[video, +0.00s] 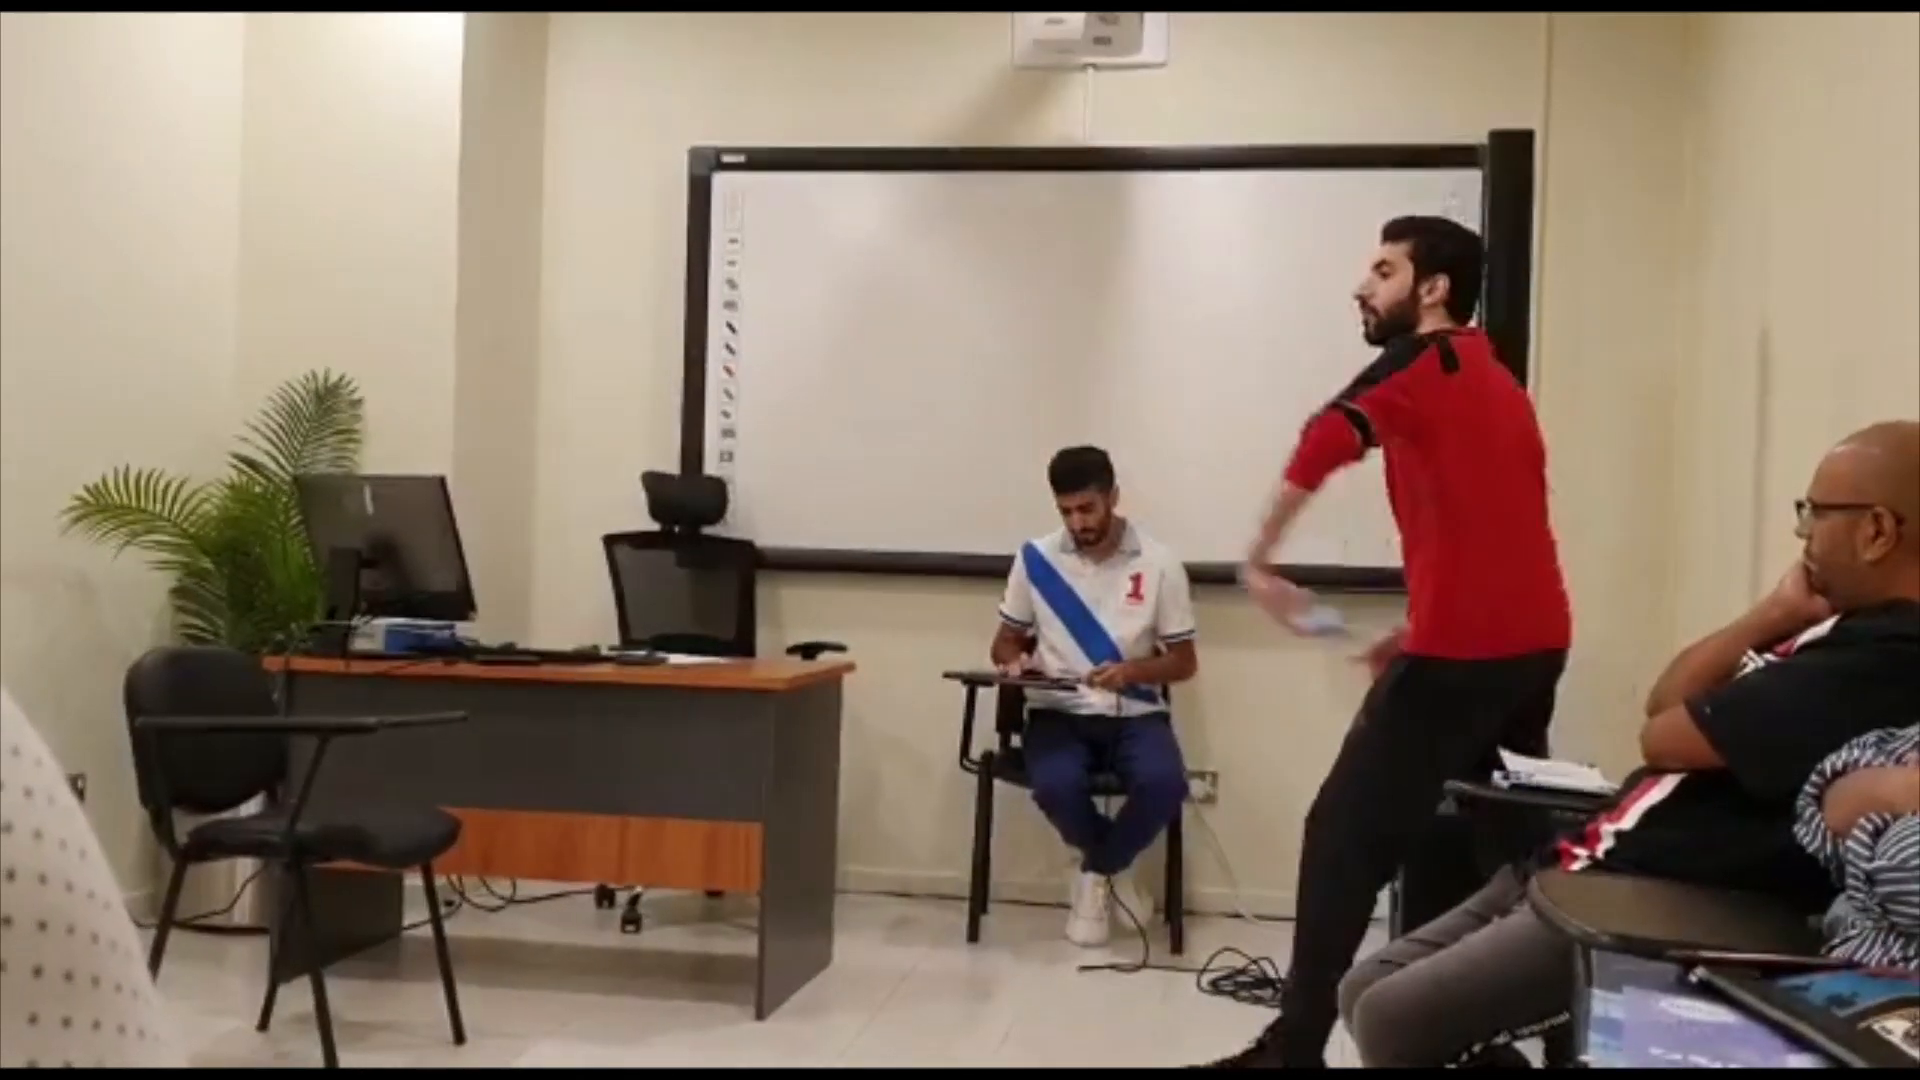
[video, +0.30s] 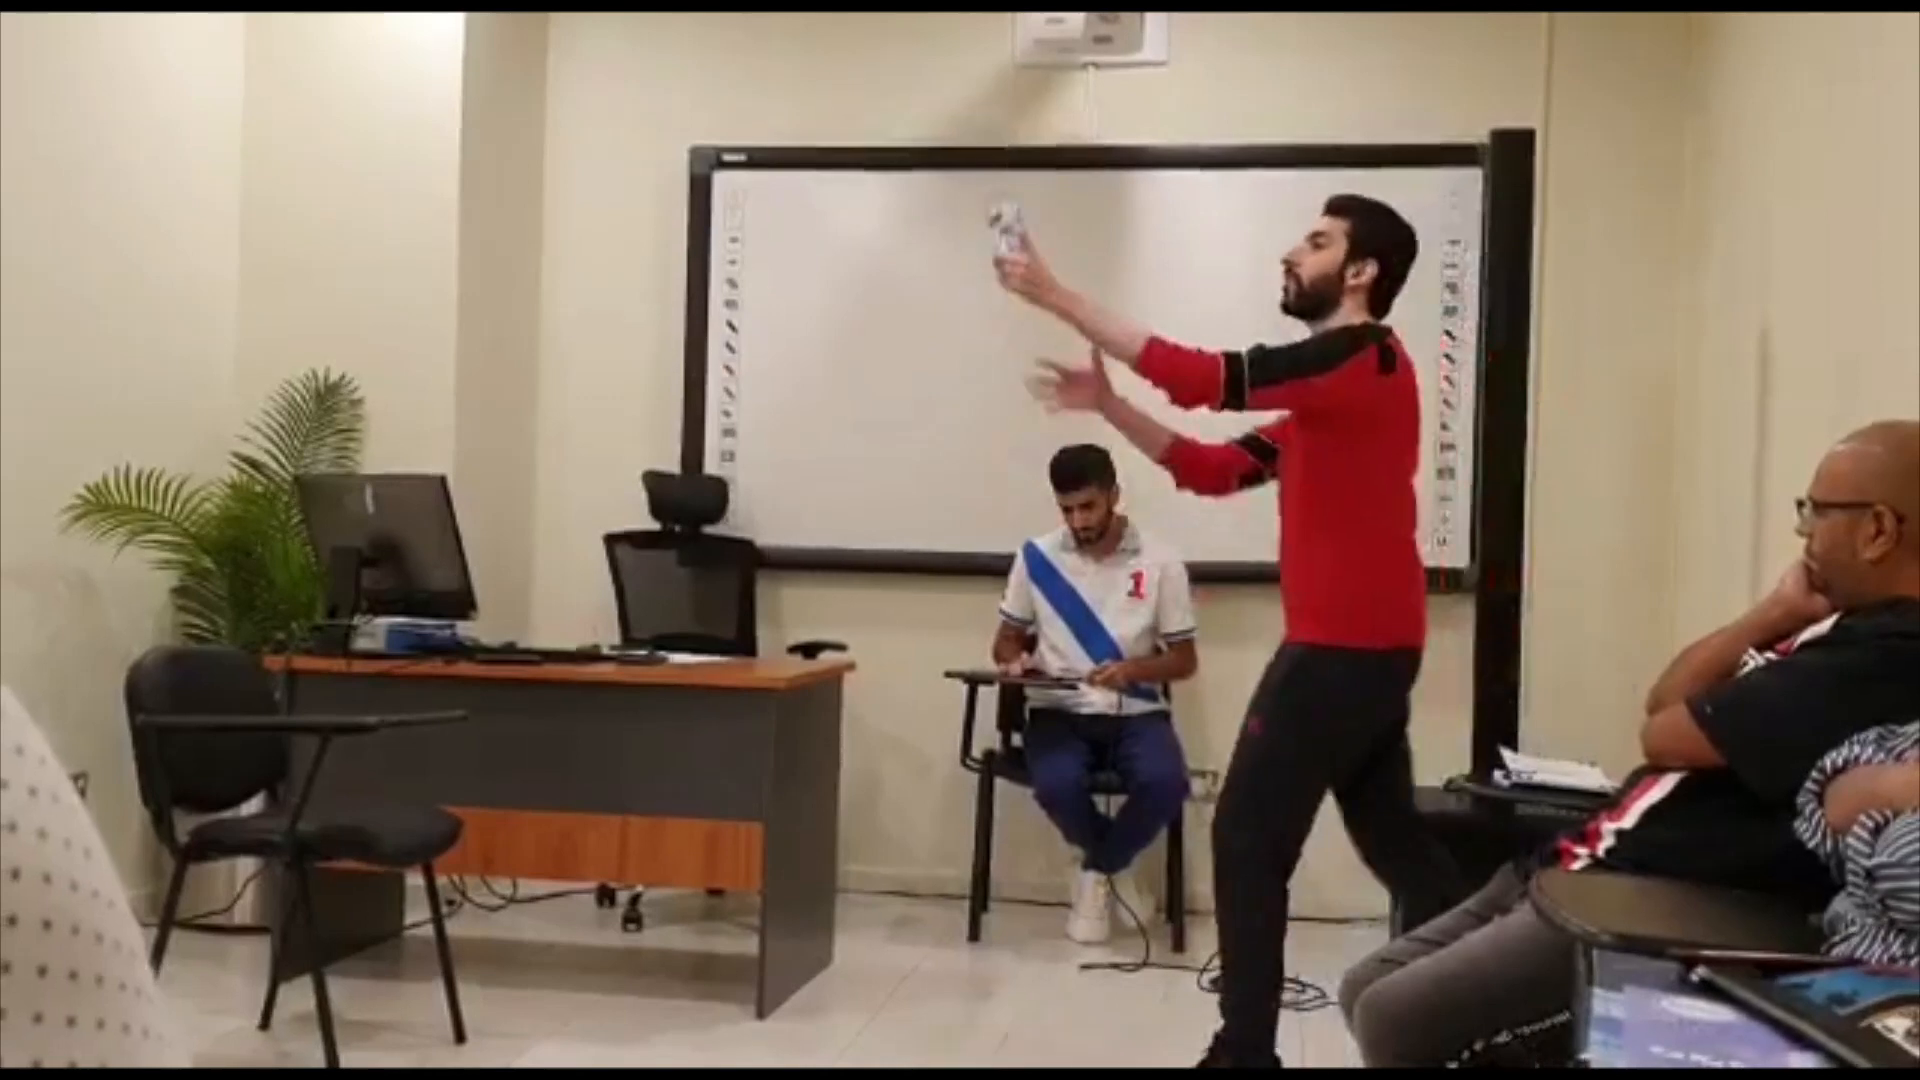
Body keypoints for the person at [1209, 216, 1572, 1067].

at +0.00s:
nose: (1364, 286)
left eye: (1383, 272)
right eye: (1370, 269)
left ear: (1433, 289)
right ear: (1444, 297)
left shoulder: (1411, 369)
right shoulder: (1499, 380)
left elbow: (1328, 437)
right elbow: (1502, 527)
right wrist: (1416, 631)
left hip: (1459, 649)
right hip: (1532, 643)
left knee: (1340, 830)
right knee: (1454, 838)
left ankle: (1300, 1037)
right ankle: (1444, 1027)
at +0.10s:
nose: (1348, 277)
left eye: (1368, 263)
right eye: (1355, 262)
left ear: (1417, 284)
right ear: (1423, 292)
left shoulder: (1414, 362)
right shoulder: (1461, 382)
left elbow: (1296, 397)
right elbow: (1417, 557)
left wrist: (1140, 434)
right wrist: (1285, 577)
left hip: (1430, 649)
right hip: (1488, 647)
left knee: (1316, 837)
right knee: (1456, 857)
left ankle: (1260, 1047)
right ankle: (1458, 1040)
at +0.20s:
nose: (1320, 269)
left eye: (1344, 256)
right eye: (1329, 254)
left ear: (1394, 281)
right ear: (1392, 286)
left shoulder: (1393, 359)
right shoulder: (1408, 379)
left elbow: (1253, 392)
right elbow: (1304, 520)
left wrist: (1074, 355)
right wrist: (1184, 493)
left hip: (1387, 648)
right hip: (1435, 646)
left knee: (1275, 842)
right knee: (1452, 857)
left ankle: (1248, 1049)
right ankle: (1467, 1038)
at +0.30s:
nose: (1292, 257)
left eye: (1317, 243)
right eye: (1302, 241)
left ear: (1364, 272)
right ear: (1357, 277)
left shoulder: (1360, 356)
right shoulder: (1349, 384)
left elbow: (1206, 378)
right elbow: (1214, 468)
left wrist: (1055, 294)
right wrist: (1111, 403)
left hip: (1339, 640)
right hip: (1369, 639)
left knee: (1248, 840)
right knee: (1393, 840)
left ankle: (1244, 1050)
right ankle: (1491, 1002)